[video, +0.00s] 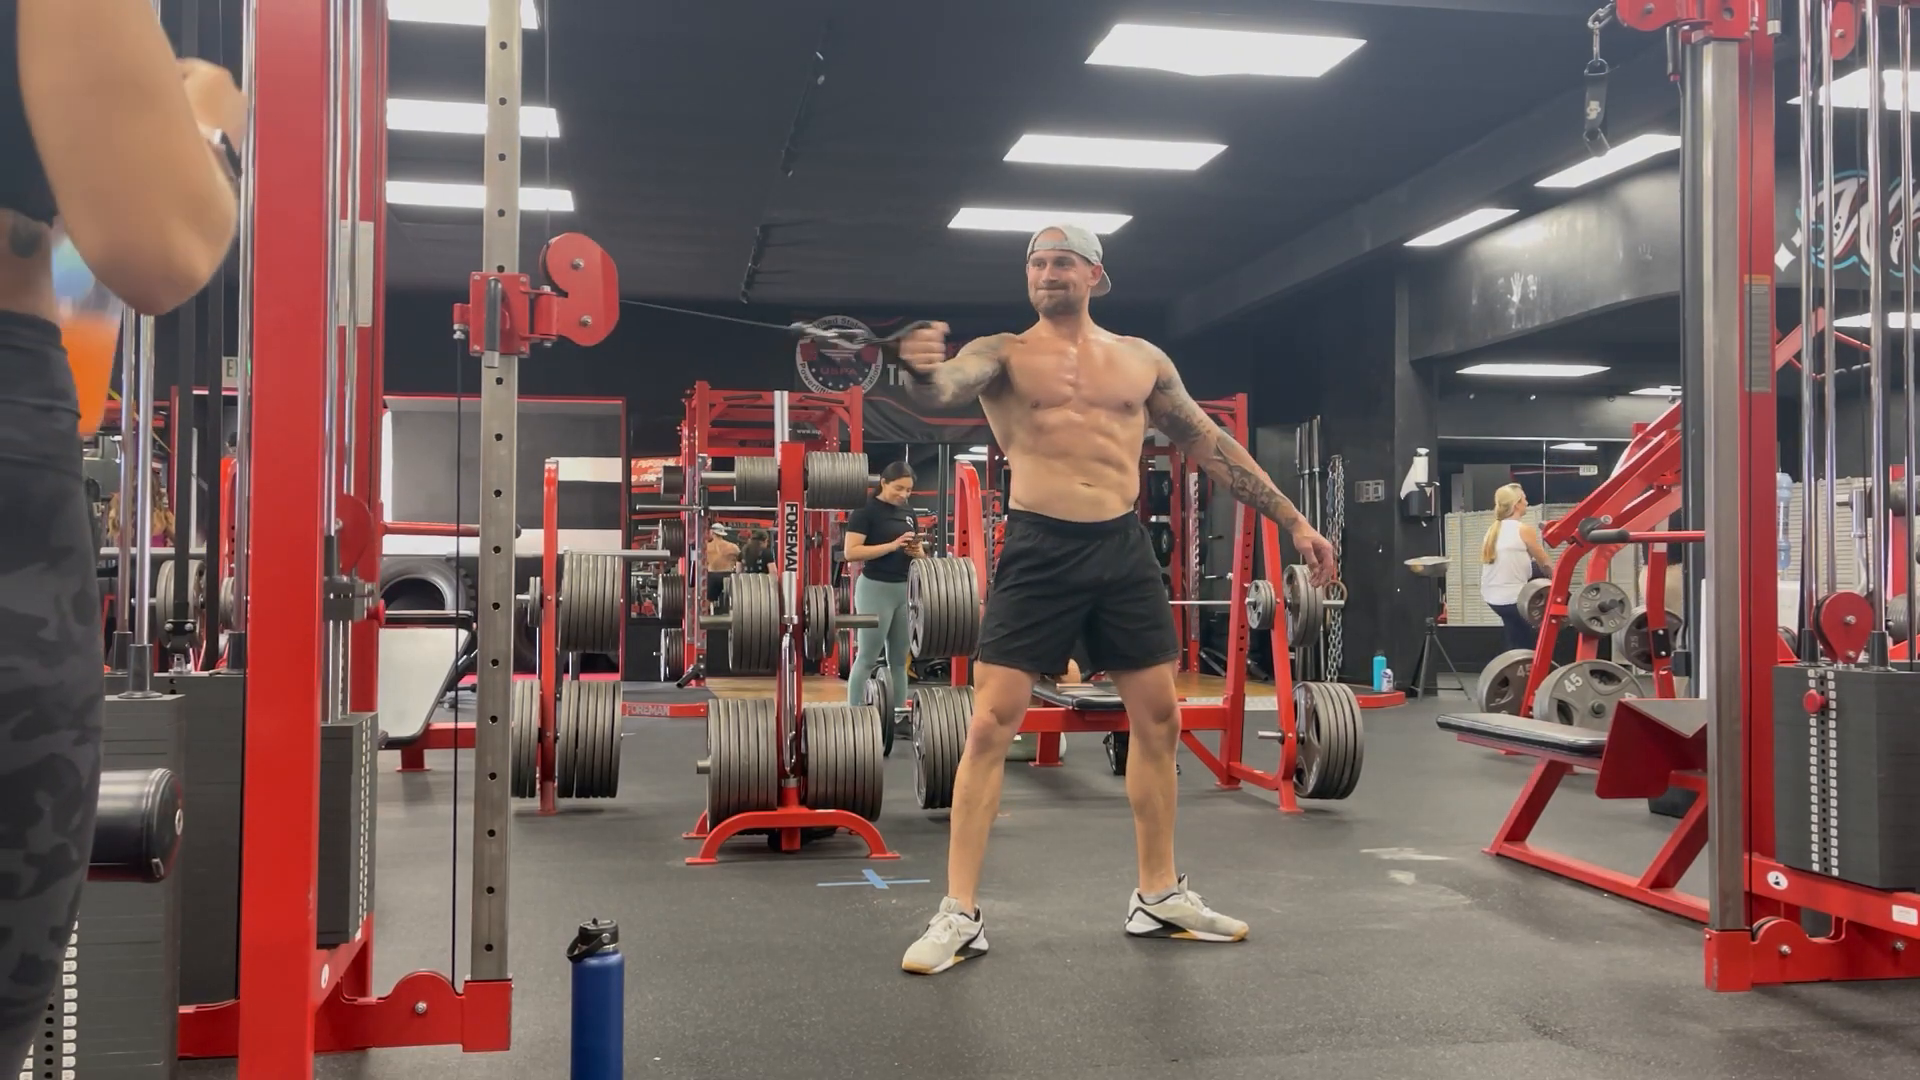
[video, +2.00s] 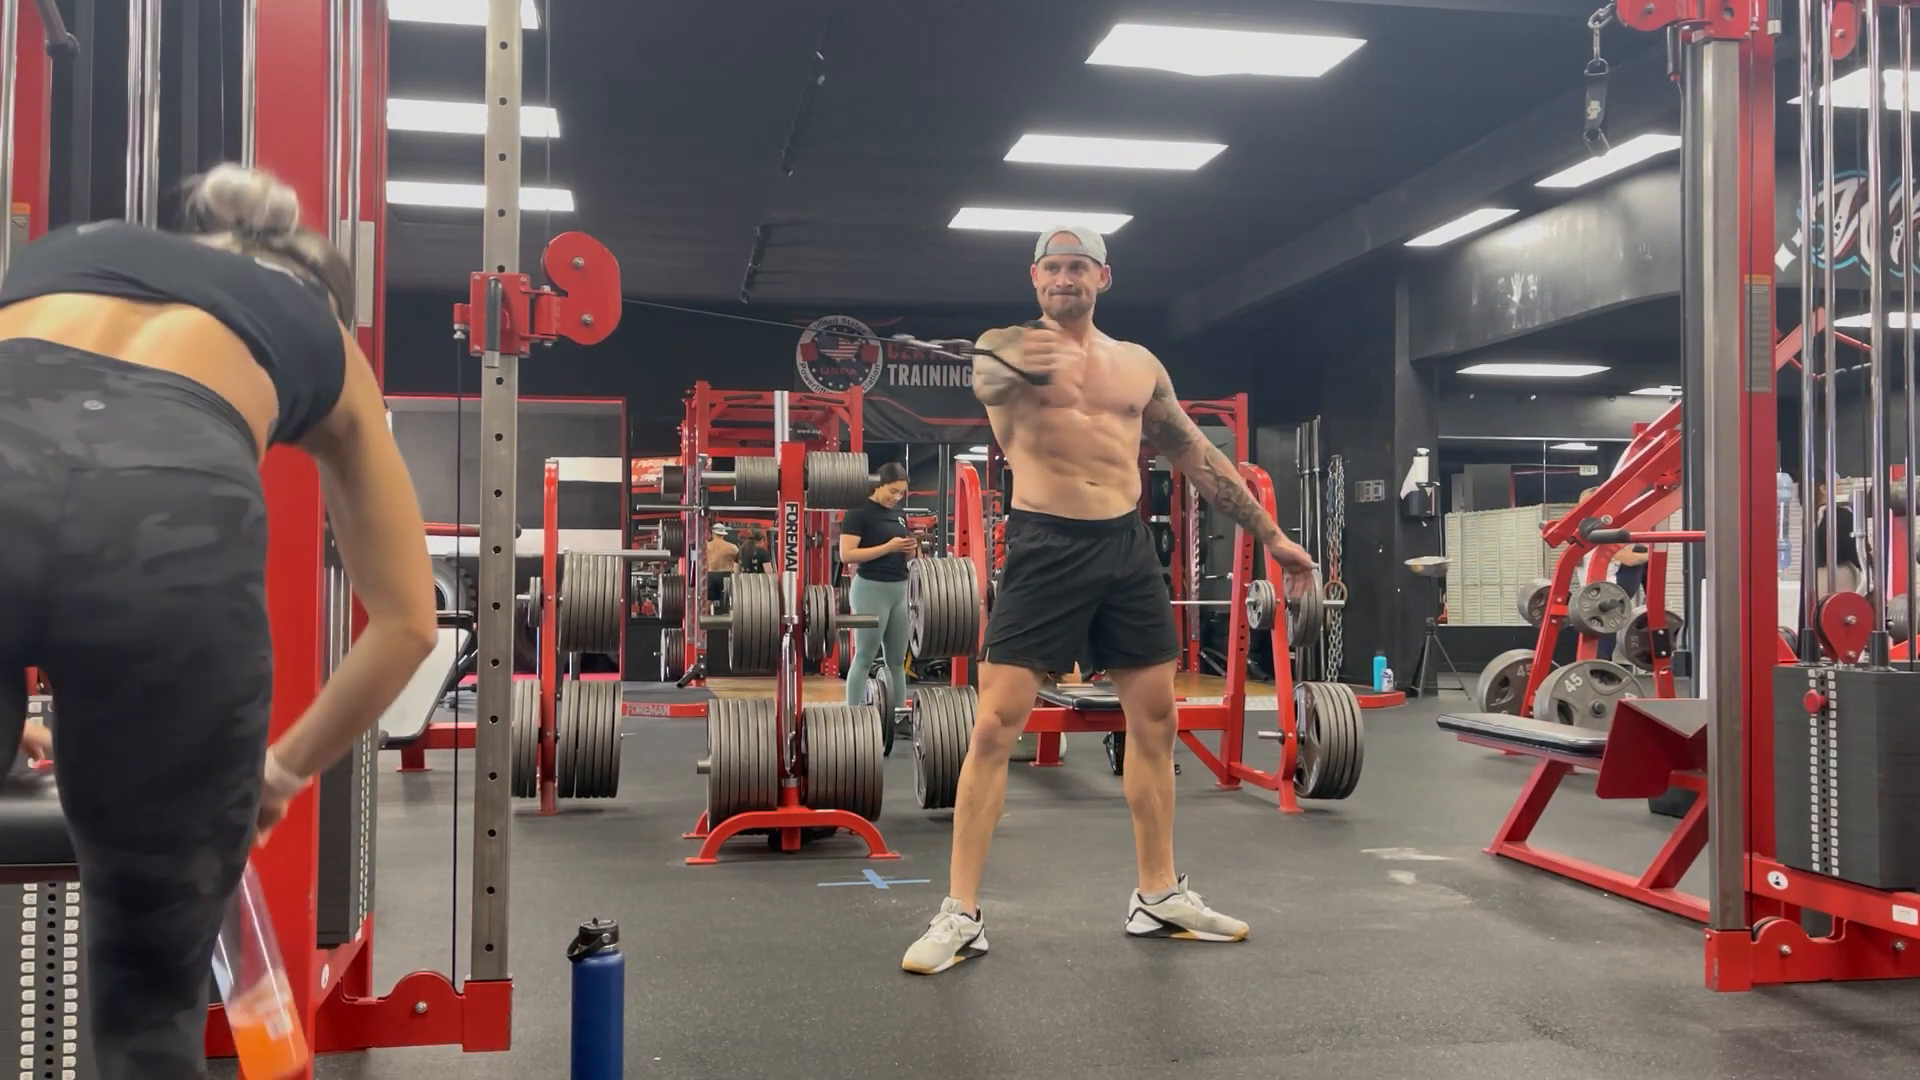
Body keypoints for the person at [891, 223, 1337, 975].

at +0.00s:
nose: (1050, 270)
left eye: (1065, 260)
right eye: (1039, 260)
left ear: (1096, 279)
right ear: (1026, 278)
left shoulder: (1143, 360)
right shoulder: (1000, 351)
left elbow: (1217, 448)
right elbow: (936, 394)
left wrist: (1297, 523)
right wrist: (915, 368)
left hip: (1124, 550)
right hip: (1035, 550)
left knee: (1159, 719)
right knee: (989, 724)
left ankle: (1158, 894)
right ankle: (959, 910)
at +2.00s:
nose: (1065, 278)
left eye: (1079, 266)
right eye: (1053, 267)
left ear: (1104, 279)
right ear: (1034, 278)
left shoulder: (1140, 365)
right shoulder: (1005, 346)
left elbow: (1203, 460)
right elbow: (988, 383)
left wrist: (1272, 536)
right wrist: (1021, 365)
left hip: (1129, 551)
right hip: (1042, 552)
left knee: (1156, 719)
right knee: (993, 725)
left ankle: (1158, 894)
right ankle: (960, 910)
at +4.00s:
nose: (1108, 282)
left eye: (1113, 272)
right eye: (1094, 267)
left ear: (1109, 285)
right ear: (1049, 273)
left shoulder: (1108, 368)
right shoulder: (1024, 345)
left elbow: (1138, 472)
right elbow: (1126, 382)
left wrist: (1184, 544)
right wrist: (1256, 379)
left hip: (1127, 553)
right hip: (1053, 550)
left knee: (1148, 723)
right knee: (1007, 735)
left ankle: (1157, 894)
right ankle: (961, 911)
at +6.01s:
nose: (1127, 289)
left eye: (1128, 277)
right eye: (1118, 275)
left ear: (1081, 277)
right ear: (1075, 274)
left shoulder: (1087, 348)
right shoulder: (1064, 340)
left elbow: (1172, 397)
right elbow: (1175, 393)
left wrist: (1257, 396)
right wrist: (1274, 397)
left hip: (1112, 555)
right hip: (1052, 550)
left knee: (1144, 720)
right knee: (1013, 737)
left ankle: (1158, 894)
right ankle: (960, 911)